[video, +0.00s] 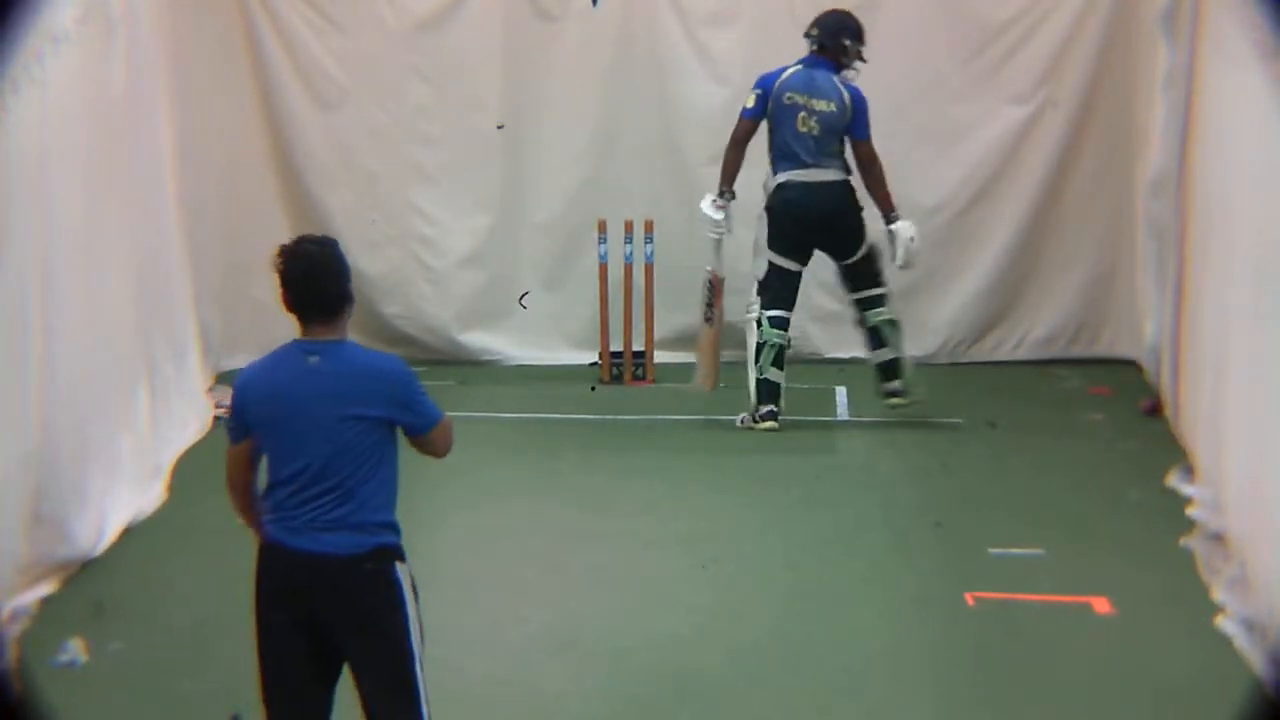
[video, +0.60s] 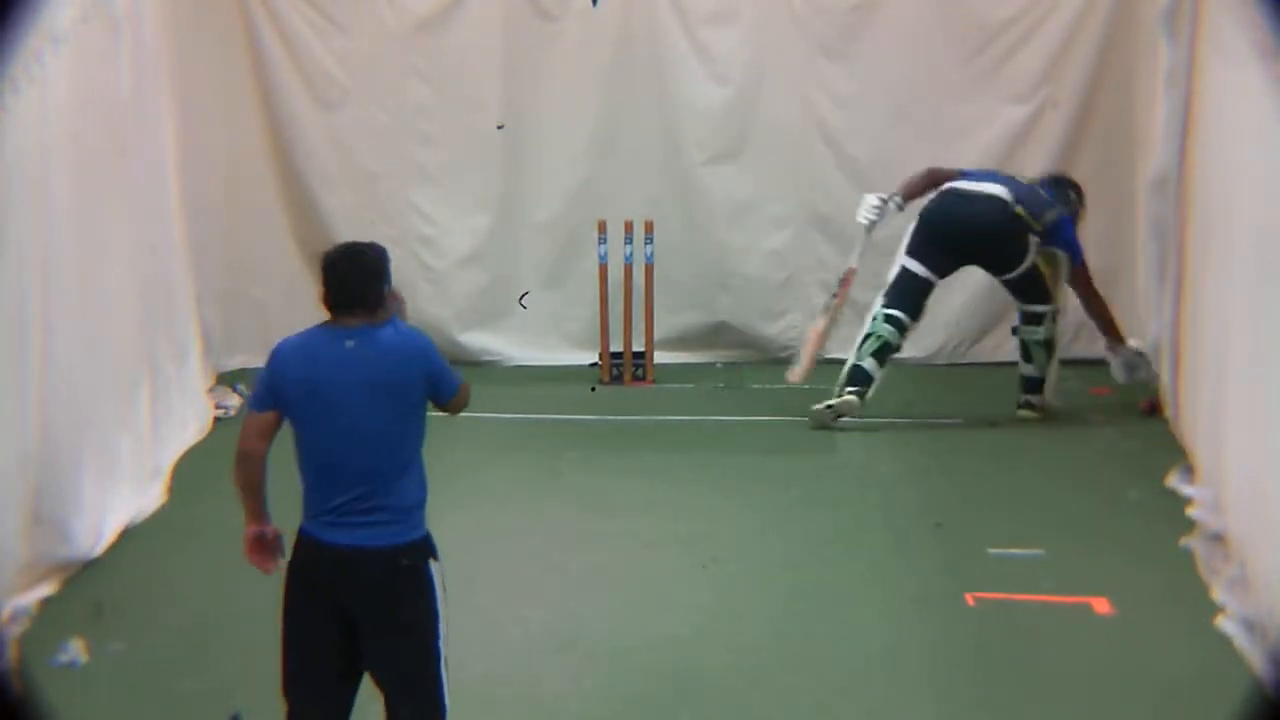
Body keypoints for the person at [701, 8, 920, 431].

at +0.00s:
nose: (857, 59)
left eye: (858, 50)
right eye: (854, 50)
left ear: (815, 43)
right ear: (840, 47)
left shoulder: (772, 82)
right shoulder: (849, 95)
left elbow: (739, 139)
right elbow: (867, 162)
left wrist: (723, 195)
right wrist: (893, 218)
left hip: (788, 205)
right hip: (837, 204)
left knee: (776, 300)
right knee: (866, 286)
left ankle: (766, 406)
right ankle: (891, 380)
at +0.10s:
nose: (879, 67)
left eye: (881, 60)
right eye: (877, 59)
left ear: (838, 49)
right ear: (866, 56)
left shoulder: (794, 86)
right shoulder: (870, 104)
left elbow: (759, 138)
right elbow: (886, 169)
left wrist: (741, 196)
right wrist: (912, 228)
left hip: (805, 210)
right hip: (858, 209)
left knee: (779, 303)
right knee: (900, 283)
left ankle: (765, 401)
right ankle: (939, 375)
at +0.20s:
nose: (912, 86)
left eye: (913, 77)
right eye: (910, 76)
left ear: (874, 66)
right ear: (898, 73)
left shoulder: (825, 99)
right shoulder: (900, 120)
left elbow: (783, 144)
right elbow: (918, 186)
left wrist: (763, 199)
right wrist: (947, 243)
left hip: (824, 226)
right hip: (880, 225)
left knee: (787, 309)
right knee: (935, 298)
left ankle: (763, 400)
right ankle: (986, 375)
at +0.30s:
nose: (955, 111)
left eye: (957, 103)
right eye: (954, 102)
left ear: (919, 87)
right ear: (943, 97)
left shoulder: (867, 112)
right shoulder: (940, 139)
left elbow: (820, 149)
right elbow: (964, 202)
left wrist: (790, 203)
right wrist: (994, 258)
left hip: (855, 233)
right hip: (908, 237)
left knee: (805, 312)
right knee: (960, 315)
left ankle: (765, 397)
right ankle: (1014, 392)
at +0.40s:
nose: (1014, 139)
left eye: (1014, 131)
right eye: (1012, 130)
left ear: (972, 116)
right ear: (999, 126)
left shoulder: (921, 129)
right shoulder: (995, 160)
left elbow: (865, 154)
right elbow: (1020, 228)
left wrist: (832, 197)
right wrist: (1045, 285)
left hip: (891, 231)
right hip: (946, 237)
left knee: (838, 315)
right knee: (992, 322)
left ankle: (782, 395)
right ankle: (1030, 396)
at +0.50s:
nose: (1053, 183)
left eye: (1055, 176)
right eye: (1052, 174)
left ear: (1016, 150)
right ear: (1039, 163)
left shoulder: (963, 152)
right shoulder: (1031, 185)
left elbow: (905, 160)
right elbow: (1060, 259)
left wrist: (864, 196)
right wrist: (1086, 311)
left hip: (920, 220)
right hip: (971, 228)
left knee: (871, 311)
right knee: (1015, 310)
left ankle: (824, 396)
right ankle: (1029, 397)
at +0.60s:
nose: (1073, 220)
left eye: (1074, 213)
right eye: (1074, 213)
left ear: (1044, 187)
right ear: (1070, 203)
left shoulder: (1009, 180)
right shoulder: (1062, 216)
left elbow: (933, 175)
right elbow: (1083, 287)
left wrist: (890, 201)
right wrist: (1118, 345)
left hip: (947, 210)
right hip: (1000, 224)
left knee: (897, 307)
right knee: (1037, 307)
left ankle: (851, 391)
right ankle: (1031, 398)